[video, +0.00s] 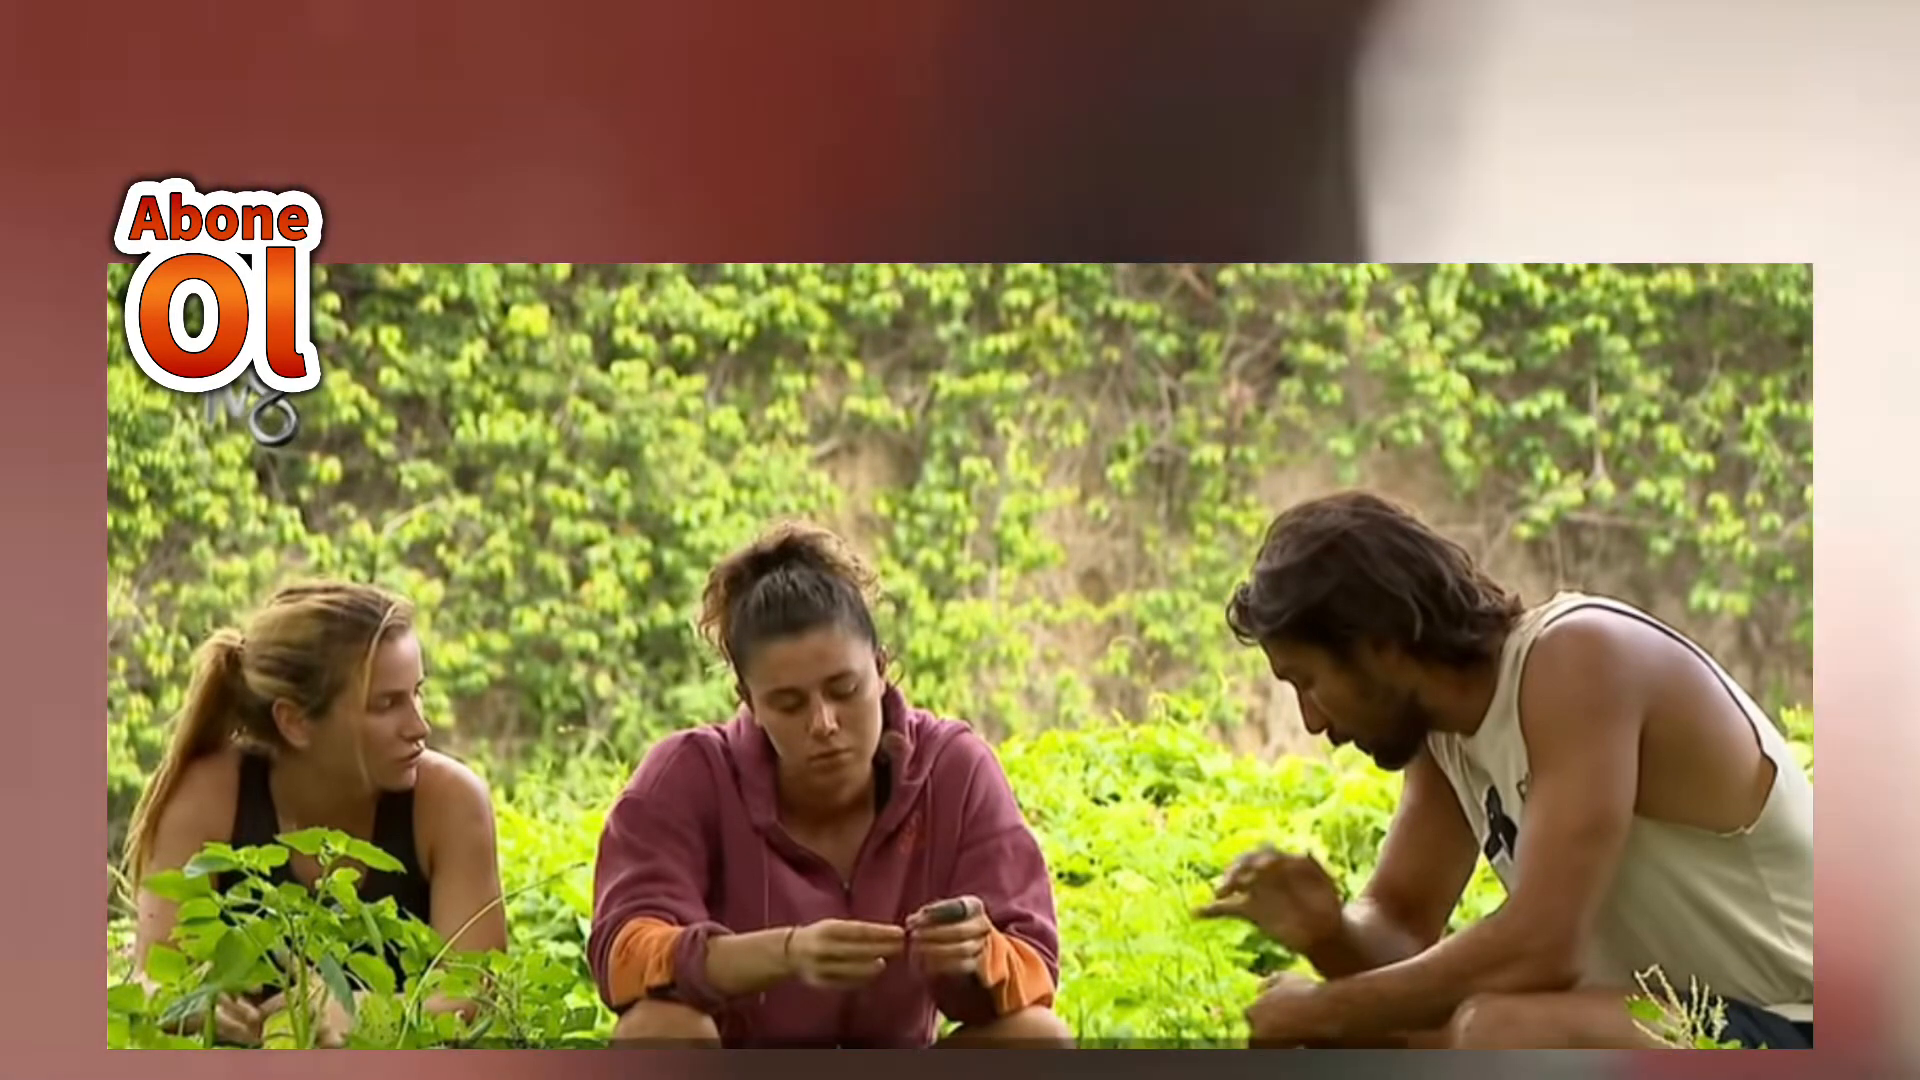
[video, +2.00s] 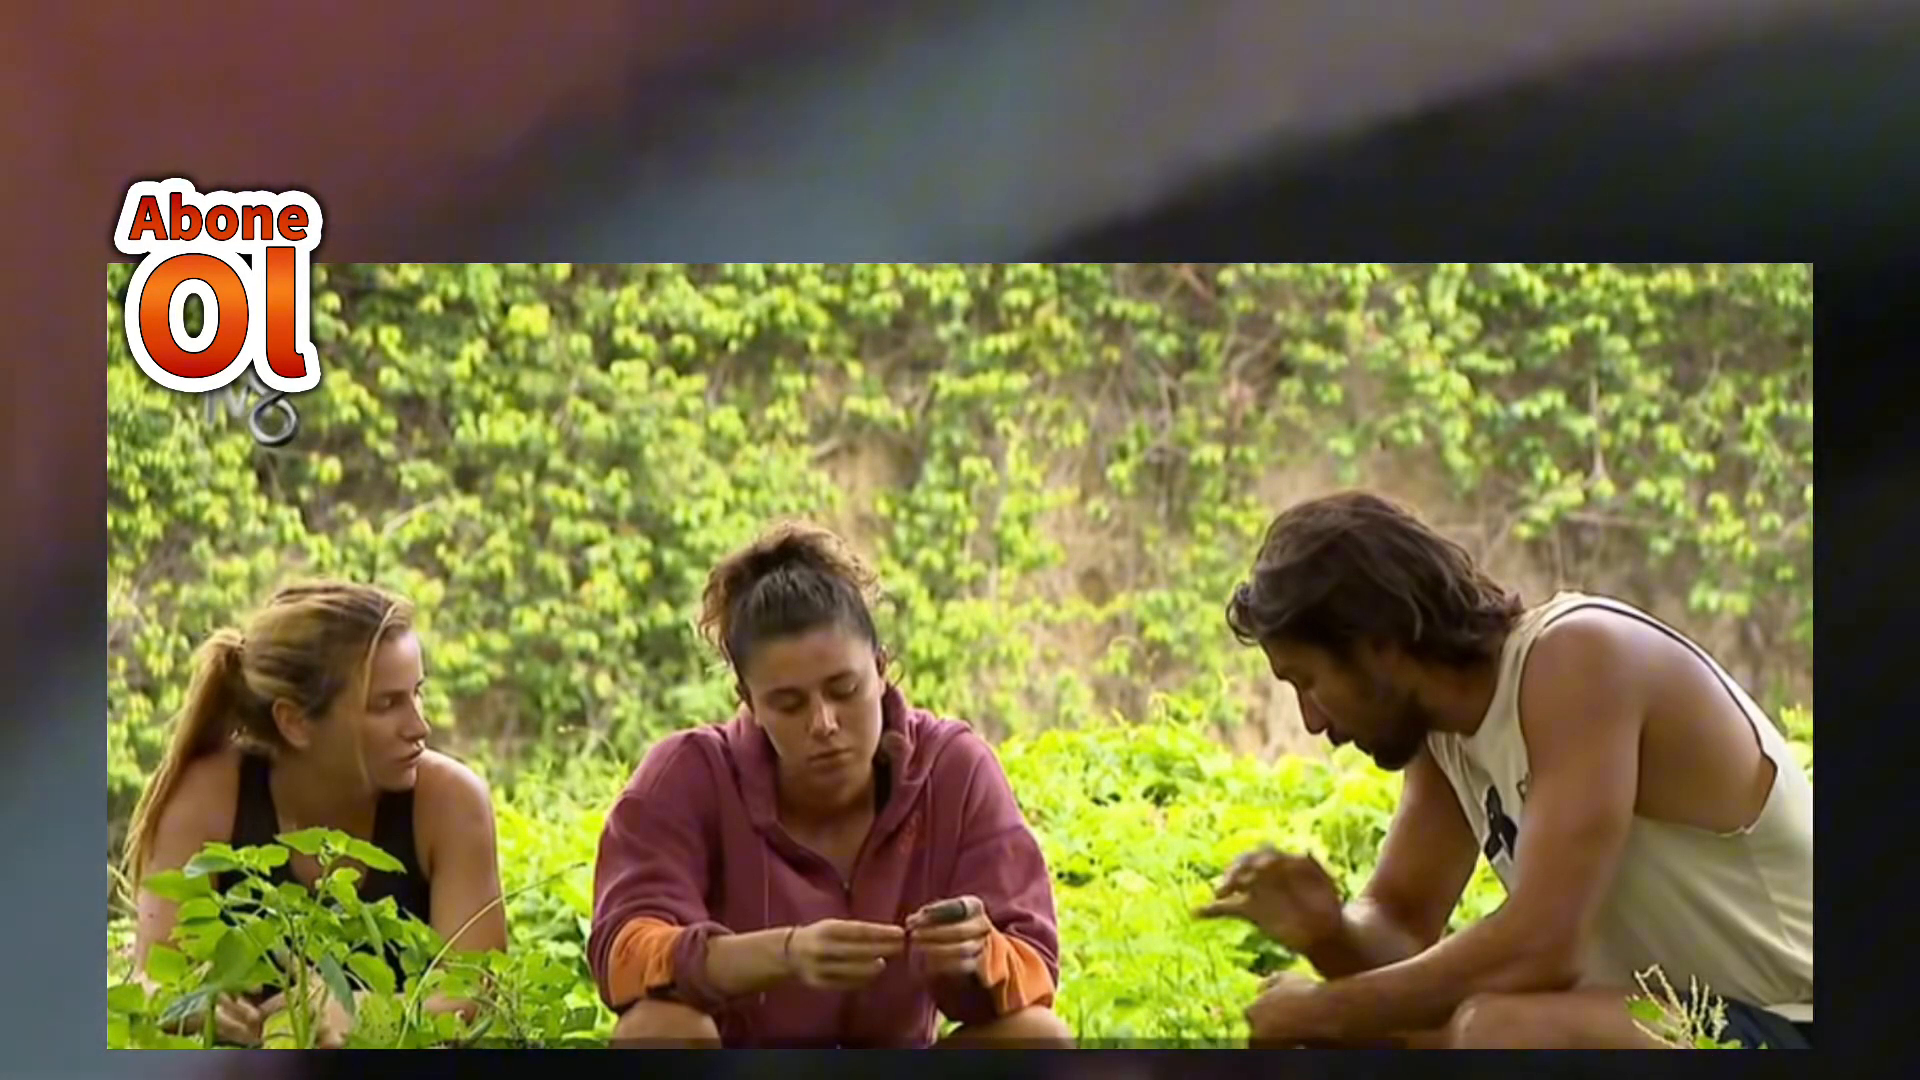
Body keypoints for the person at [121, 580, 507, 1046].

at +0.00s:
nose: (420, 725)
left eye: (417, 695)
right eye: (387, 704)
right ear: (295, 722)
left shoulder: (451, 800)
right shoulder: (206, 792)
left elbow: (470, 1000)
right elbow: (153, 982)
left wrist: (355, 1013)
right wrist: (200, 1008)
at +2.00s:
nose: (420, 725)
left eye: (417, 695)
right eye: (388, 705)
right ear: (295, 723)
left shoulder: (451, 800)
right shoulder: (206, 793)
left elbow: (470, 1001)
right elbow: (153, 985)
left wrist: (354, 1013)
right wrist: (203, 1009)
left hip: (385, 1068)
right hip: (239, 1068)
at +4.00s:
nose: (420, 725)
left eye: (417, 695)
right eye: (388, 705)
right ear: (295, 722)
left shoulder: (451, 799)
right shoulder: (205, 792)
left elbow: (470, 1000)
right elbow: (153, 983)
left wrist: (355, 1013)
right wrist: (200, 1008)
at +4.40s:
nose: (420, 725)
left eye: (417, 695)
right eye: (388, 705)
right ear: (295, 722)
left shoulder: (451, 799)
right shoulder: (206, 792)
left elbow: (471, 1002)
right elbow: (152, 983)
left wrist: (355, 1013)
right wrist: (199, 1009)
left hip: (388, 1068)